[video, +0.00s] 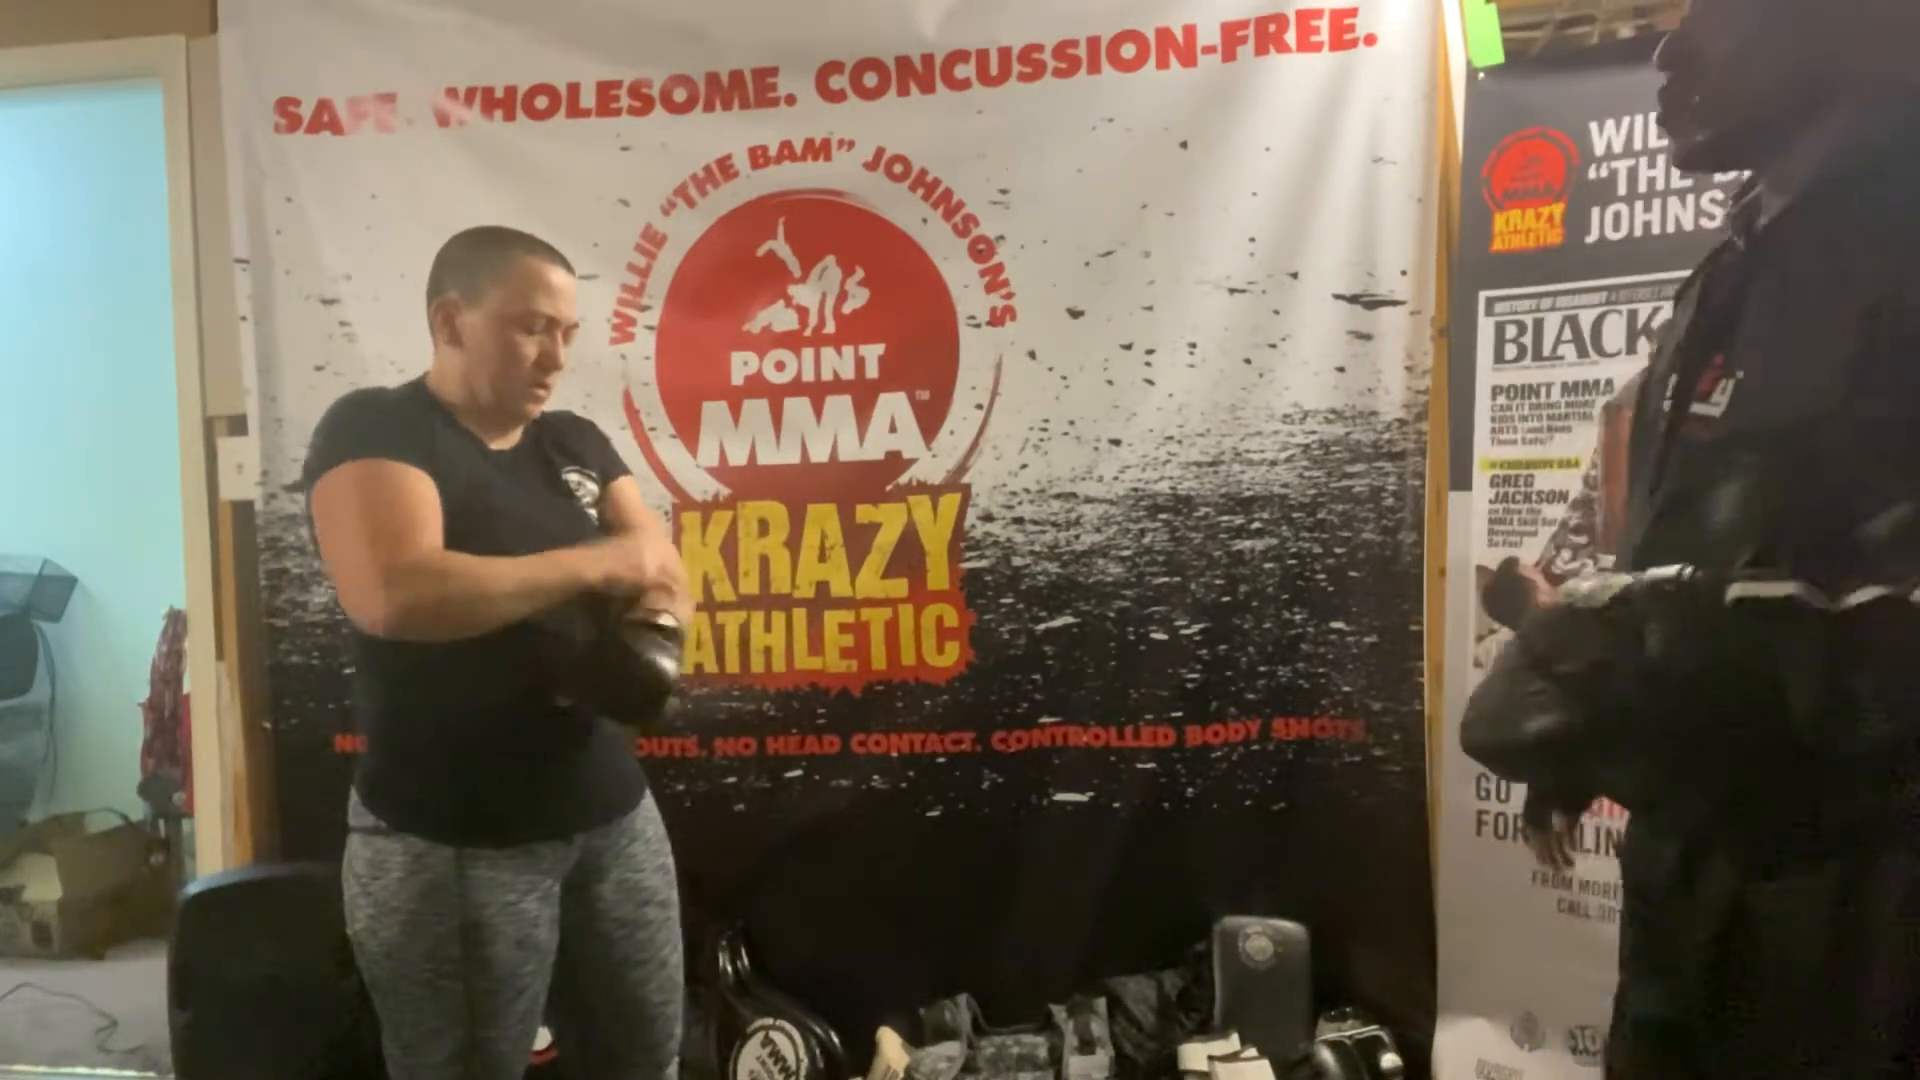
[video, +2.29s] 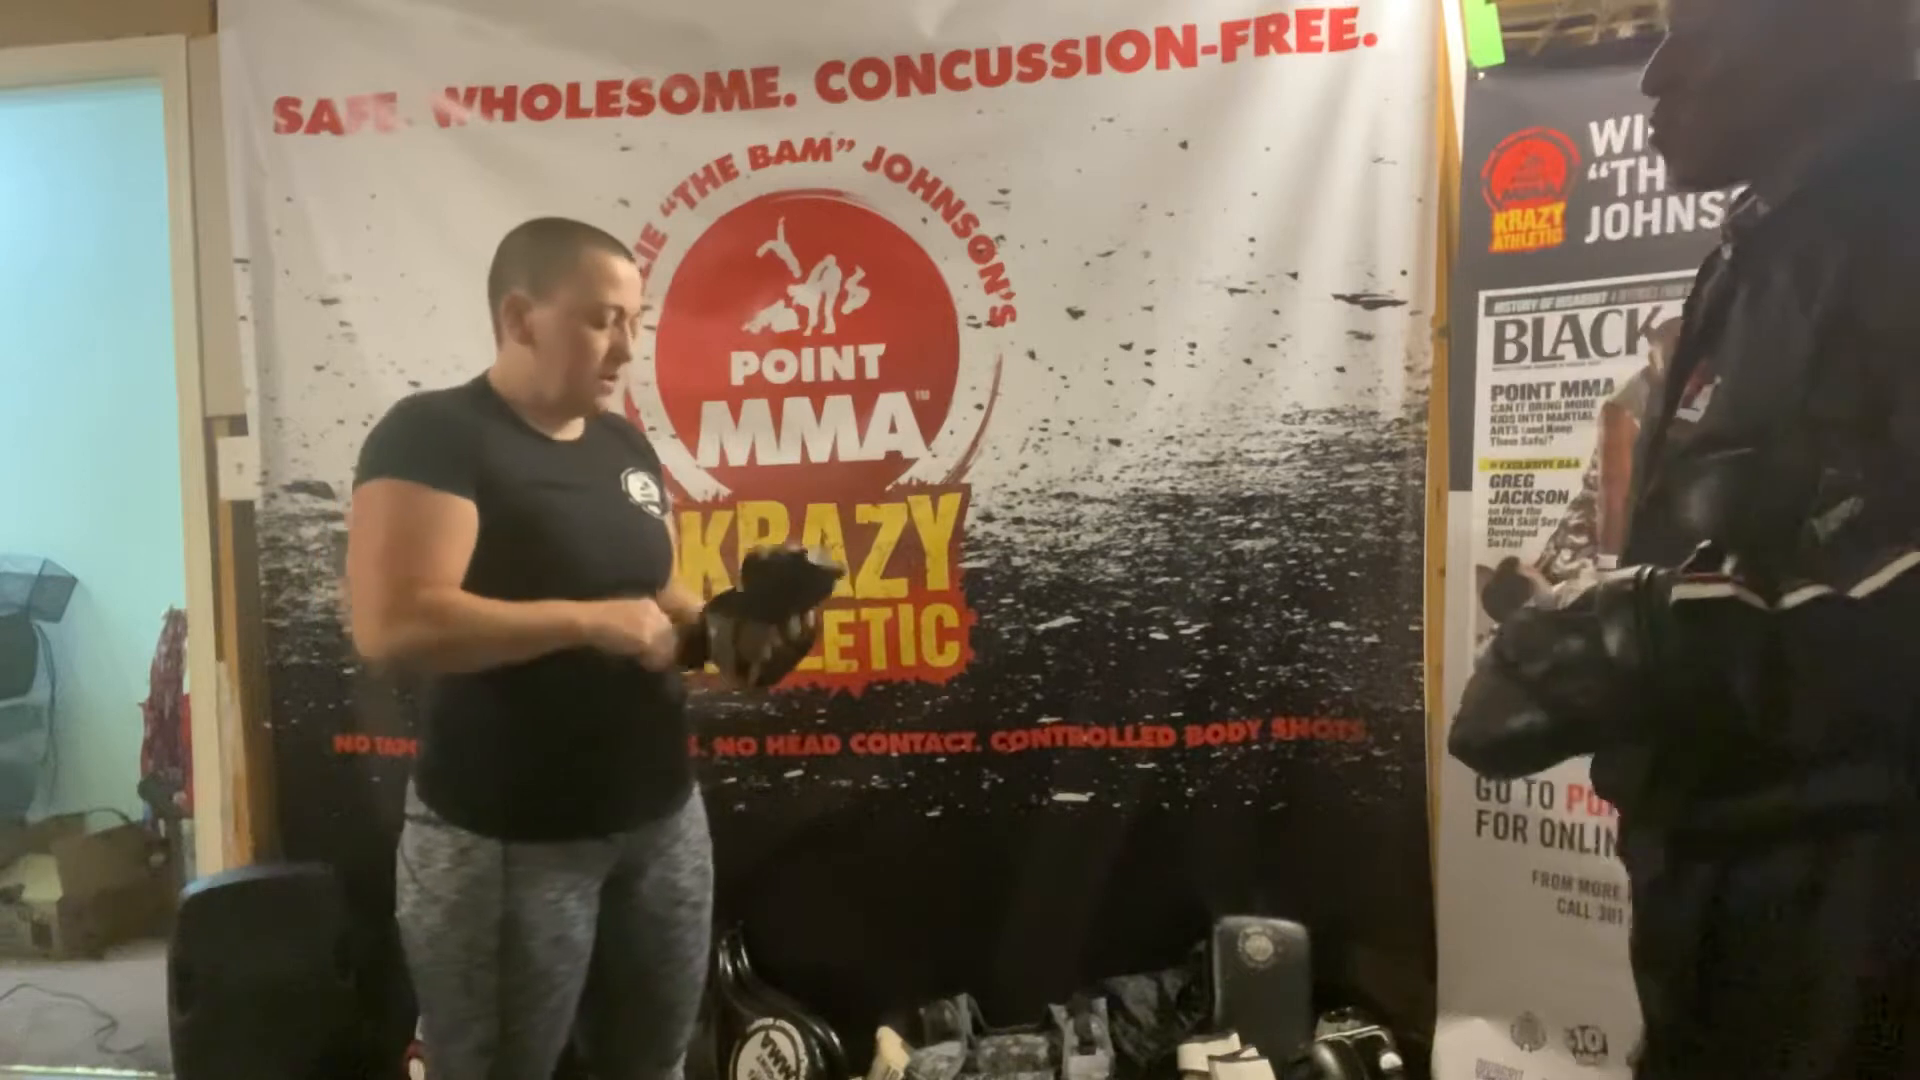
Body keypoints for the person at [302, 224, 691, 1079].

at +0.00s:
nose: (554, 356)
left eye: (564, 333)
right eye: (533, 327)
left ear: (570, 337)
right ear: (450, 318)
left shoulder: (573, 443)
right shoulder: (370, 430)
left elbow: (659, 565)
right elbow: (392, 594)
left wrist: (651, 633)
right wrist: (598, 561)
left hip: (611, 825)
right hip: (450, 850)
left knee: (641, 1063)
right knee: (467, 1066)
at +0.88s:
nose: (662, 369)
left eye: (675, 348)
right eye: (643, 341)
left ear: (682, 347)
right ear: (568, 326)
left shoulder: (676, 456)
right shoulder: (482, 429)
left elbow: (743, 595)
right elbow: (506, 598)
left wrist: (784, 635)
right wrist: (699, 609)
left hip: (687, 822)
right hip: (529, 832)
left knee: (665, 1065)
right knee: (518, 1067)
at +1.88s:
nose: (617, 360)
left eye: (627, 336)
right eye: (599, 332)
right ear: (515, 319)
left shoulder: (621, 445)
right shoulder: (423, 426)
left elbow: (644, 601)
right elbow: (404, 616)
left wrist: (702, 619)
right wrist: (601, 617)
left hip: (652, 831)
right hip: (490, 849)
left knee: (645, 1066)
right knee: (485, 1068)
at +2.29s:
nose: (628, 347)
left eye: (634, 323)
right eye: (606, 320)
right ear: (520, 317)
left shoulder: (626, 449)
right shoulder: (428, 435)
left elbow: (645, 600)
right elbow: (394, 624)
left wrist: (725, 633)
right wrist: (592, 621)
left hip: (657, 828)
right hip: (499, 846)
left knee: (646, 1064)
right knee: (492, 1067)